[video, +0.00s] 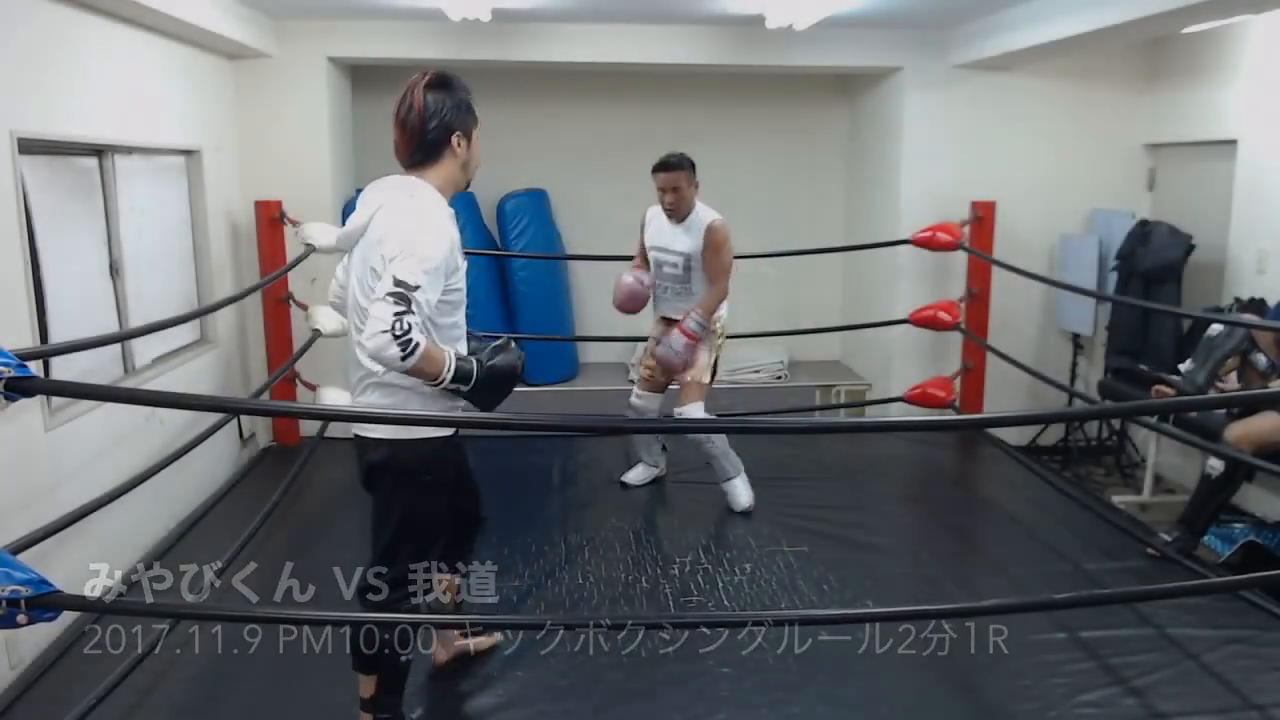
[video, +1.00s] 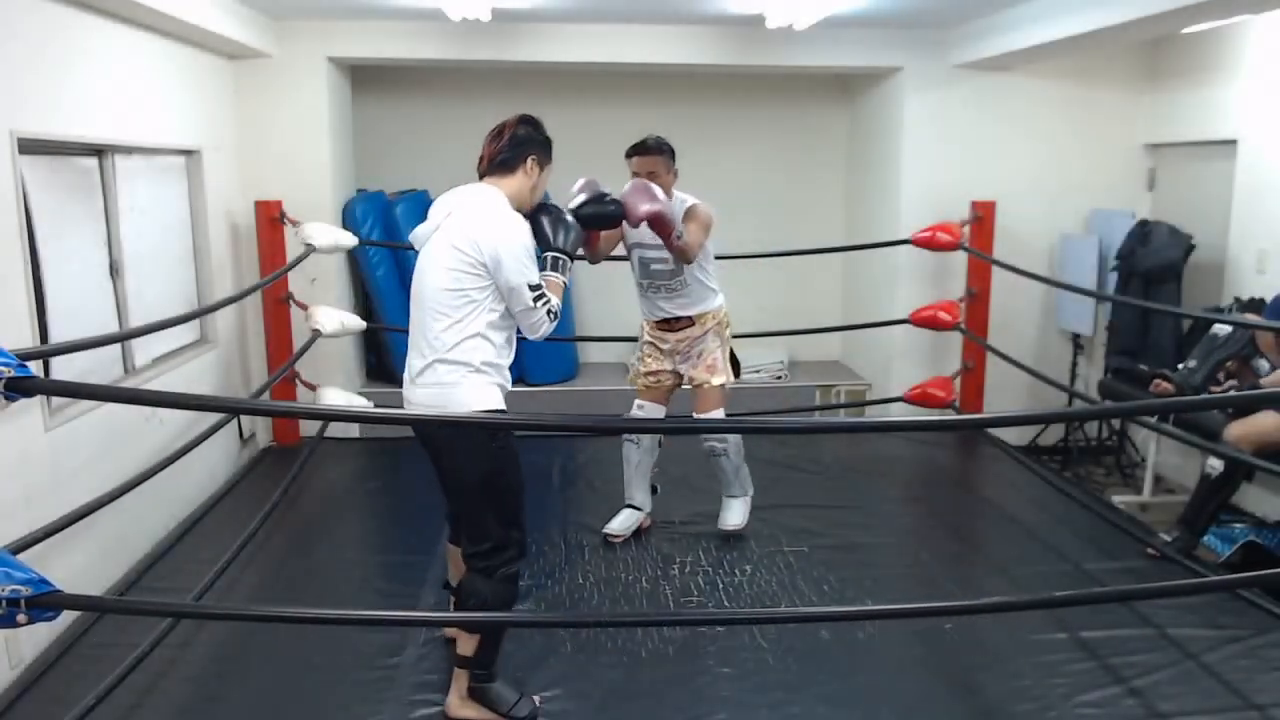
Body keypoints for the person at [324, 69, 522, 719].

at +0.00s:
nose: (479, 148)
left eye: (477, 136)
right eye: (476, 136)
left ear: (414, 139)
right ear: (459, 141)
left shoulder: (381, 197)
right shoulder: (427, 218)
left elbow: (346, 297)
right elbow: (391, 336)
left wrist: (443, 343)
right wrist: (464, 370)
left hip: (399, 413)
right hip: (407, 425)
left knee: (458, 517)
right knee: (395, 571)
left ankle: (449, 636)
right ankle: (376, 706)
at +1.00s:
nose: (540, 193)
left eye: (543, 182)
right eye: (543, 179)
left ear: (493, 160)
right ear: (528, 165)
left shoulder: (447, 209)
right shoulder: (501, 219)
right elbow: (537, 321)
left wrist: (544, 256)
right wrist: (560, 267)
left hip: (427, 400)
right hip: (471, 406)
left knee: (465, 518)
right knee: (498, 548)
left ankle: (460, 615)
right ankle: (466, 692)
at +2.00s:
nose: (544, 198)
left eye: (545, 189)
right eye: (544, 188)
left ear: (500, 175)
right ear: (529, 180)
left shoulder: (457, 215)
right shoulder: (507, 229)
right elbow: (543, 313)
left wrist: (536, 238)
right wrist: (563, 257)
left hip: (441, 384)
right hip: (471, 392)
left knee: (514, 468)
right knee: (477, 512)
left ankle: (499, 577)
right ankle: (413, 643)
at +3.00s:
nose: (488, 177)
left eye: (487, 167)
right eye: (478, 169)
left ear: (452, 175)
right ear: (444, 175)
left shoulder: (470, 228)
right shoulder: (411, 234)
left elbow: (469, 300)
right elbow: (433, 328)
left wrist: (505, 262)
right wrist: (491, 283)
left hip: (457, 383)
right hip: (410, 389)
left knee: (514, 460)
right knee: (403, 507)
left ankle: (510, 550)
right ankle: (351, 610)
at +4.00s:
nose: (460, 185)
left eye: (465, 175)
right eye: (449, 176)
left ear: (470, 179)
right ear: (423, 180)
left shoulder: (477, 223)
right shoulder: (392, 232)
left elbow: (504, 284)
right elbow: (396, 308)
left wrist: (500, 283)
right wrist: (414, 273)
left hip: (463, 355)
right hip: (405, 361)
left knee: (509, 441)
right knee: (384, 454)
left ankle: (516, 533)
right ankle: (362, 528)